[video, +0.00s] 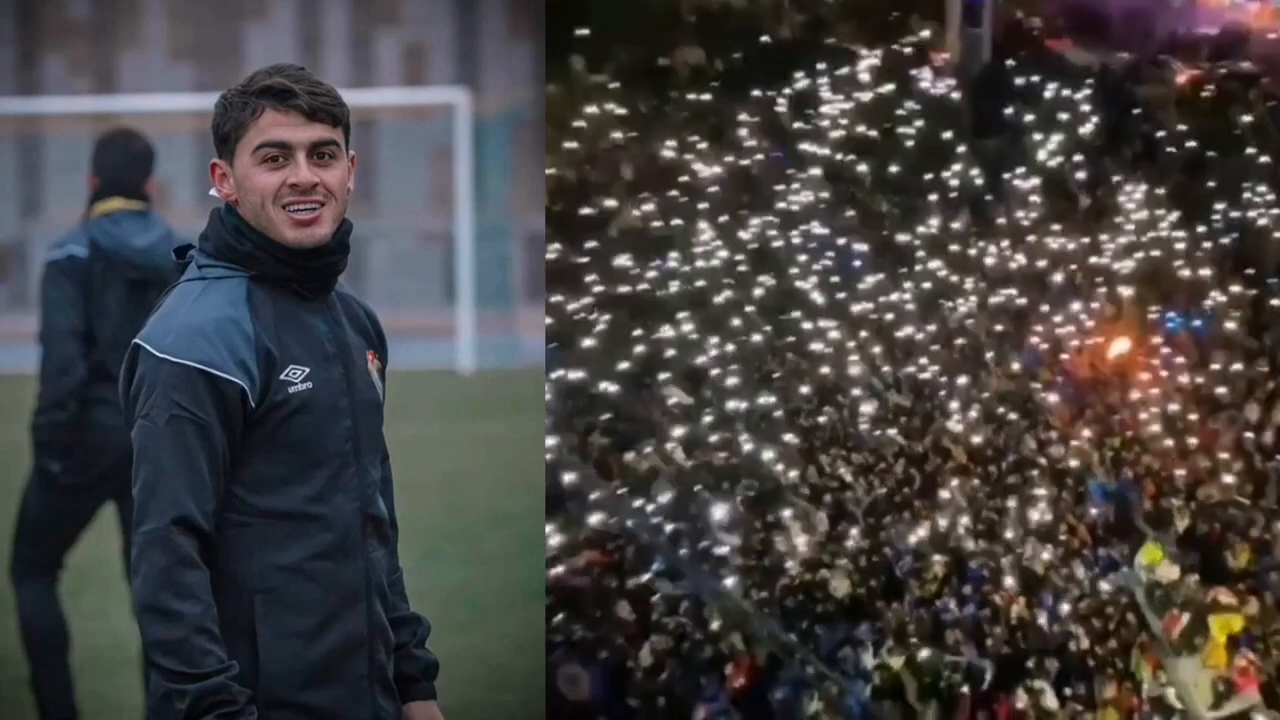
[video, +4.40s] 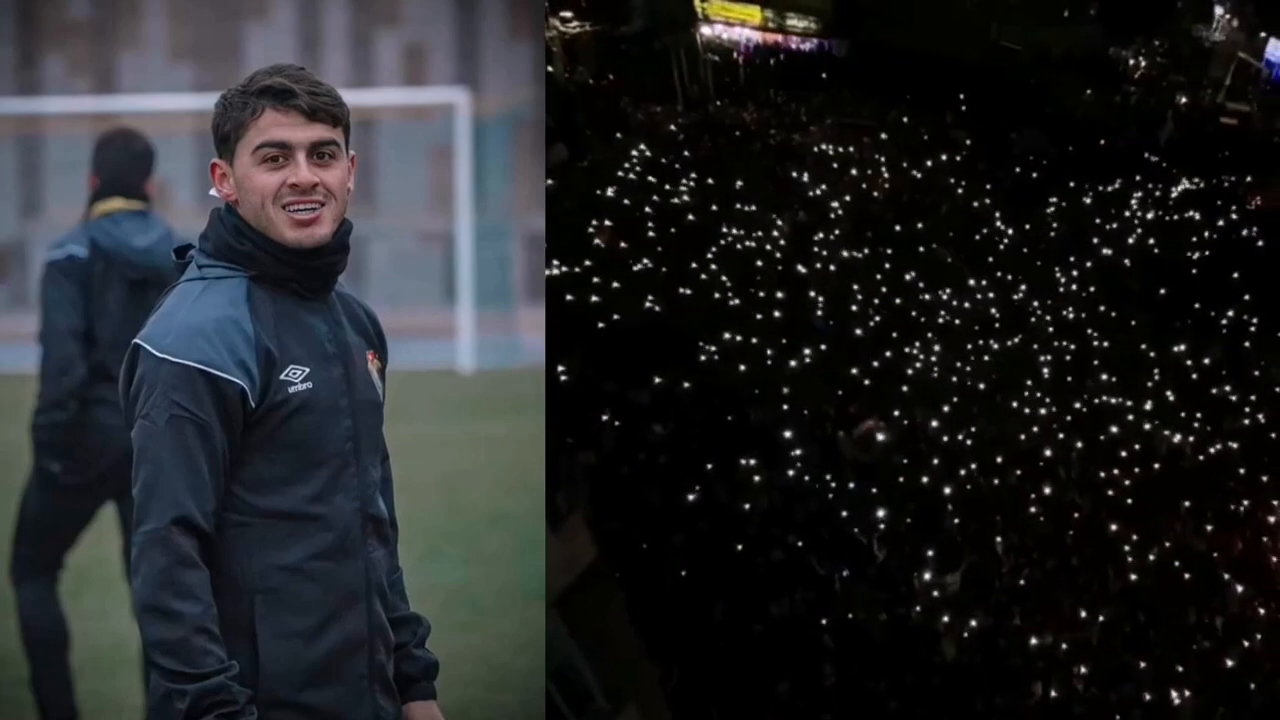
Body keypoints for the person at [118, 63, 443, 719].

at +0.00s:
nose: (304, 178)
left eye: (322, 155)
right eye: (274, 158)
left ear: (350, 171)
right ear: (226, 182)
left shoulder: (356, 323)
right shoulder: (195, 334)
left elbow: (372, 525)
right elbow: (164, 550)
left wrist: (414, 685)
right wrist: (213, 705)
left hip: (365, 690)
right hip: (259, 691)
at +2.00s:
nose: (305, 178)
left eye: (322, 155)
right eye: (274, 158)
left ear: (349, 171)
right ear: (226, 182)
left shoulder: (356, 323)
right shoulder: (195, 334)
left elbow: (372, 525)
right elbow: (164, 550)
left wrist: (414, 684)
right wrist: (213, 705)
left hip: (366, 690)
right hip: (260, 691)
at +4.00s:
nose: (305, 178)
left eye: (322, 155)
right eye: (274, 158)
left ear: (349, 171)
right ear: (226, 182)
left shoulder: (356, 323)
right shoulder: (195, 335)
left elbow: (373, 525)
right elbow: (164, 550)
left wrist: (414, 685)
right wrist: (213, 705)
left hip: (366, 691)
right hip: (260, 692)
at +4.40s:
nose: (305, 178)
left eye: (322, 155)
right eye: (274, 158)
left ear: (349, 171)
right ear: (225, 182)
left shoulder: (356, 323)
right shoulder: (195, 335)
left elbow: (373, 525)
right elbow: (164, 550)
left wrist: (414, 685)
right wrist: (213, 705)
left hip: (366, 691)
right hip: (260, 692)